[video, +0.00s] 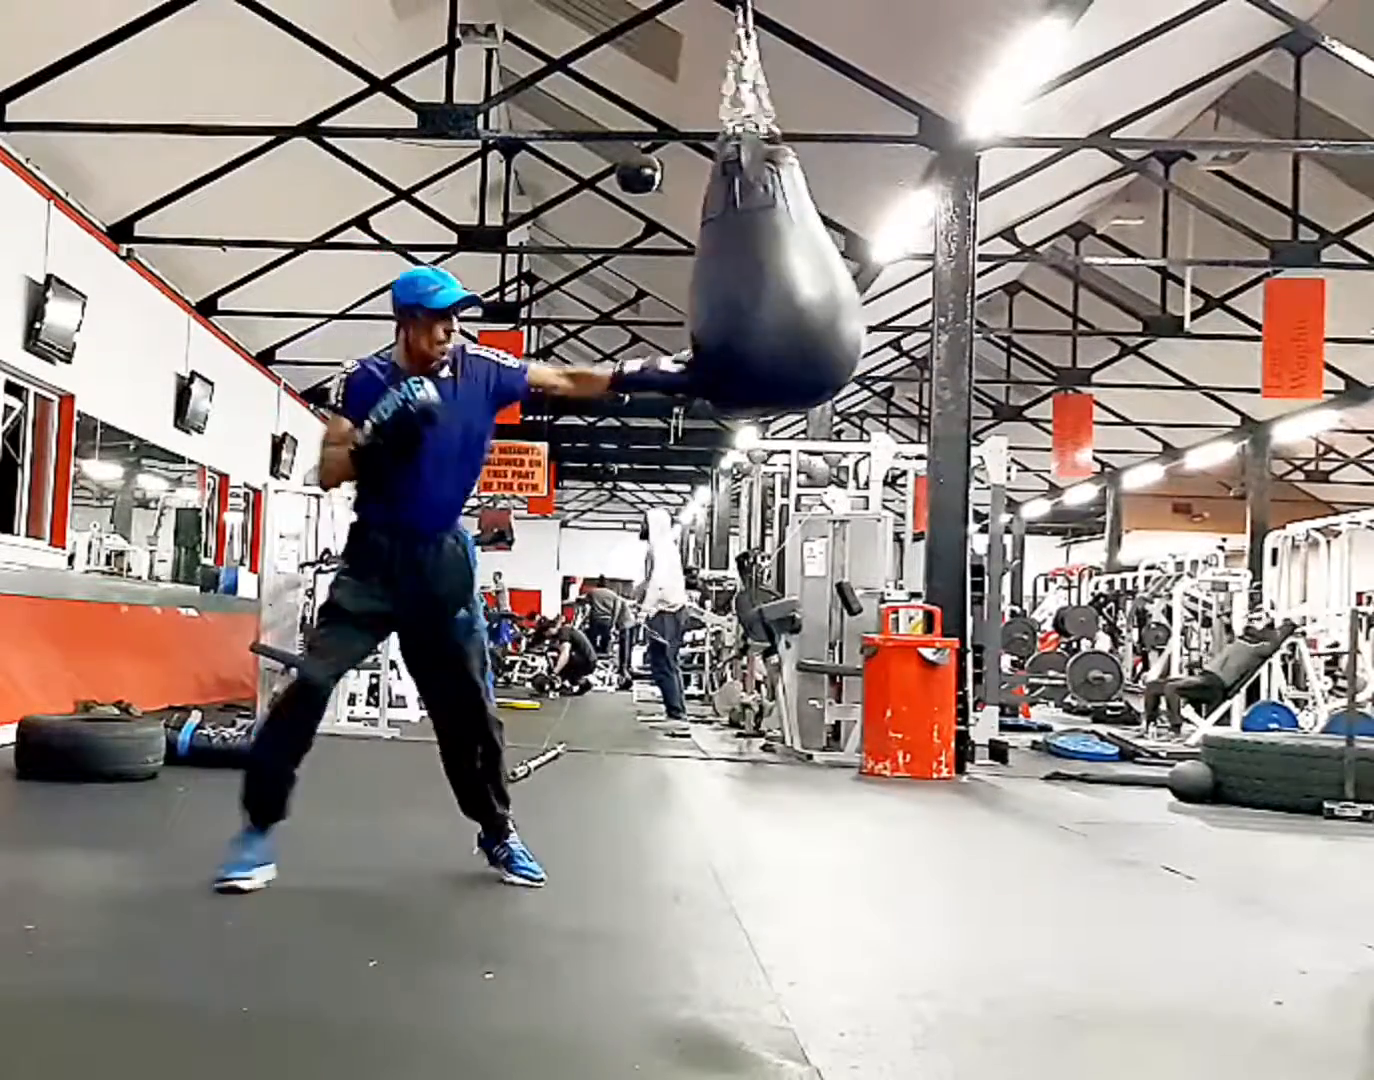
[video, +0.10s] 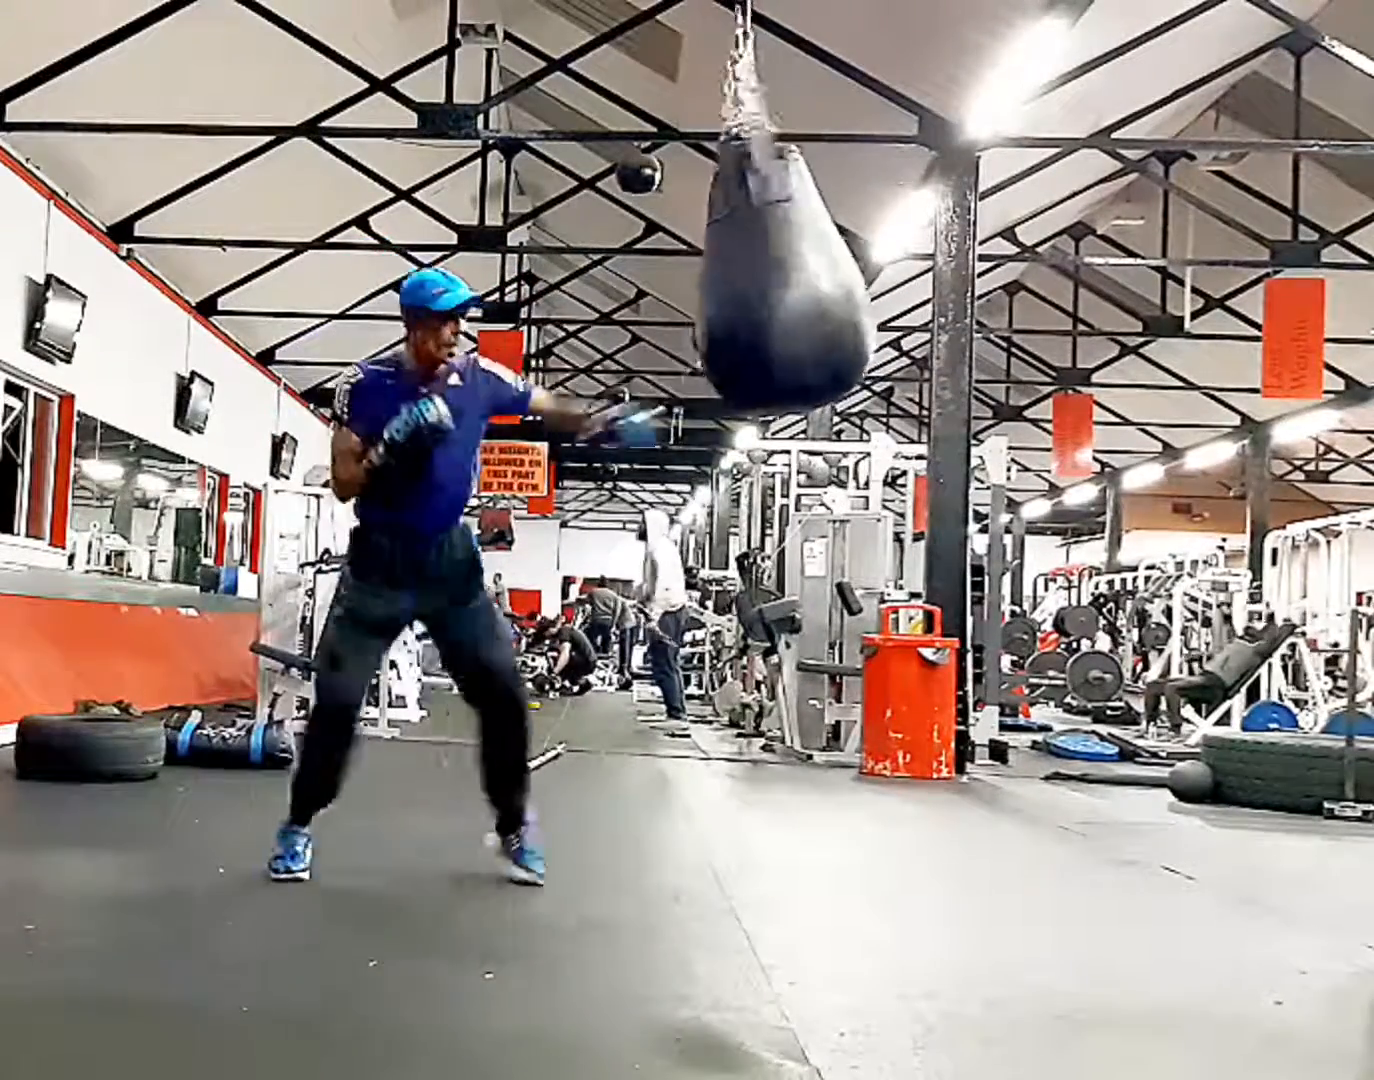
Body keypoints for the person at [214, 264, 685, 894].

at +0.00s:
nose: (446, 338)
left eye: (451, 326)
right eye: (435, 326)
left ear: (456, 324)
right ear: (403, 321)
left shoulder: (482, 371)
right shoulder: (367, 379)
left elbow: (569, 381)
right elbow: (327, 473)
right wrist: (382, 429)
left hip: (443, 568)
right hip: (371, 564)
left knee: (468, 703)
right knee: (309, 684)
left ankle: (498, 834)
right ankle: (256, 833)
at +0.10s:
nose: (454, 337)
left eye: (459, 325)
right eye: (443, 326)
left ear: (461, 326)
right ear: (411, 325)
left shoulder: (479, 379)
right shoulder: (372, 385)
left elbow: (549, 411)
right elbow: (344, 483)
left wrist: (601, 420)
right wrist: (388, 446)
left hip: (452, 571)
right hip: (377, 573)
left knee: (504, 695)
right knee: (336, 703)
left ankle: (514, 826)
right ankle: (298, 828)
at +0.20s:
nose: (475, 351)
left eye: (479, 339)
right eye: (464, 338)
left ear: (478, 344)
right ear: (429, 338)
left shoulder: (485, 401)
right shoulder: (386, 403)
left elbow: (532, 450)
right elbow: (351, 496)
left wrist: (562, 456)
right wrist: (404, 463)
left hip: (460, 589)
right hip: (388, 592)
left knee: (529, 691)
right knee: (354, 716)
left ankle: (552, 825)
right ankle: (299, 831)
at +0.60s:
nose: (623, 374)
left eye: (625, 365)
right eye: (614, 362)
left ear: (611, 367)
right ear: (578, 358)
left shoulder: (580, 424)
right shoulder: (546, 391)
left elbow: (562, 516)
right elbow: (552, 420)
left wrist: (603, 479)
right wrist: (629, 422)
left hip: (524, 565)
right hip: (494, 551)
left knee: (573, 715)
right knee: (451, 700)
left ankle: (574, 840)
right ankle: (333, 807)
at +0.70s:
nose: (643, 382)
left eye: (645, 372)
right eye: (635, 371)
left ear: (624, 375)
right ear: (601, 367)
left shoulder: (604, 425)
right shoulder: (566, 395)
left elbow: (571, 524)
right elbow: (518, 445)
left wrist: (622, 480)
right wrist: (598, 453)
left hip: (527, 559)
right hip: (495, 546)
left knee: (568, 696)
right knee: (466, 695)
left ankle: (576, 838)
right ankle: (345, 806)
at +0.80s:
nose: (637, 385)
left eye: (641, 375)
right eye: (629, 374)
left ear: (631, 377)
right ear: (596, 368)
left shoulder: (605, 432)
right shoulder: (558, 396)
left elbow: (572, 523)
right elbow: (506, 453)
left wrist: (625, 475)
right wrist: (588, 455)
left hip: (525, 561)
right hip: (492, 546)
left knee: (571, 695)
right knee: (455, 695)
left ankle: (577, 838)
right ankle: (346, 809)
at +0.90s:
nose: (618, 371)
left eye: (620, 362)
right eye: (607, 361)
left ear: (607, 367)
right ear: (573, 361)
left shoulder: (591, 425)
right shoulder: (534, 395)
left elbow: (559, 515)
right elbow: (484, 462)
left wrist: (620, 470)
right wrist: (559, 451)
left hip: (520, 565)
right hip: (479, 553)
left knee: (571, 689)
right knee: (445, 700)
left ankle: (579, 837)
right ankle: (338, 815)